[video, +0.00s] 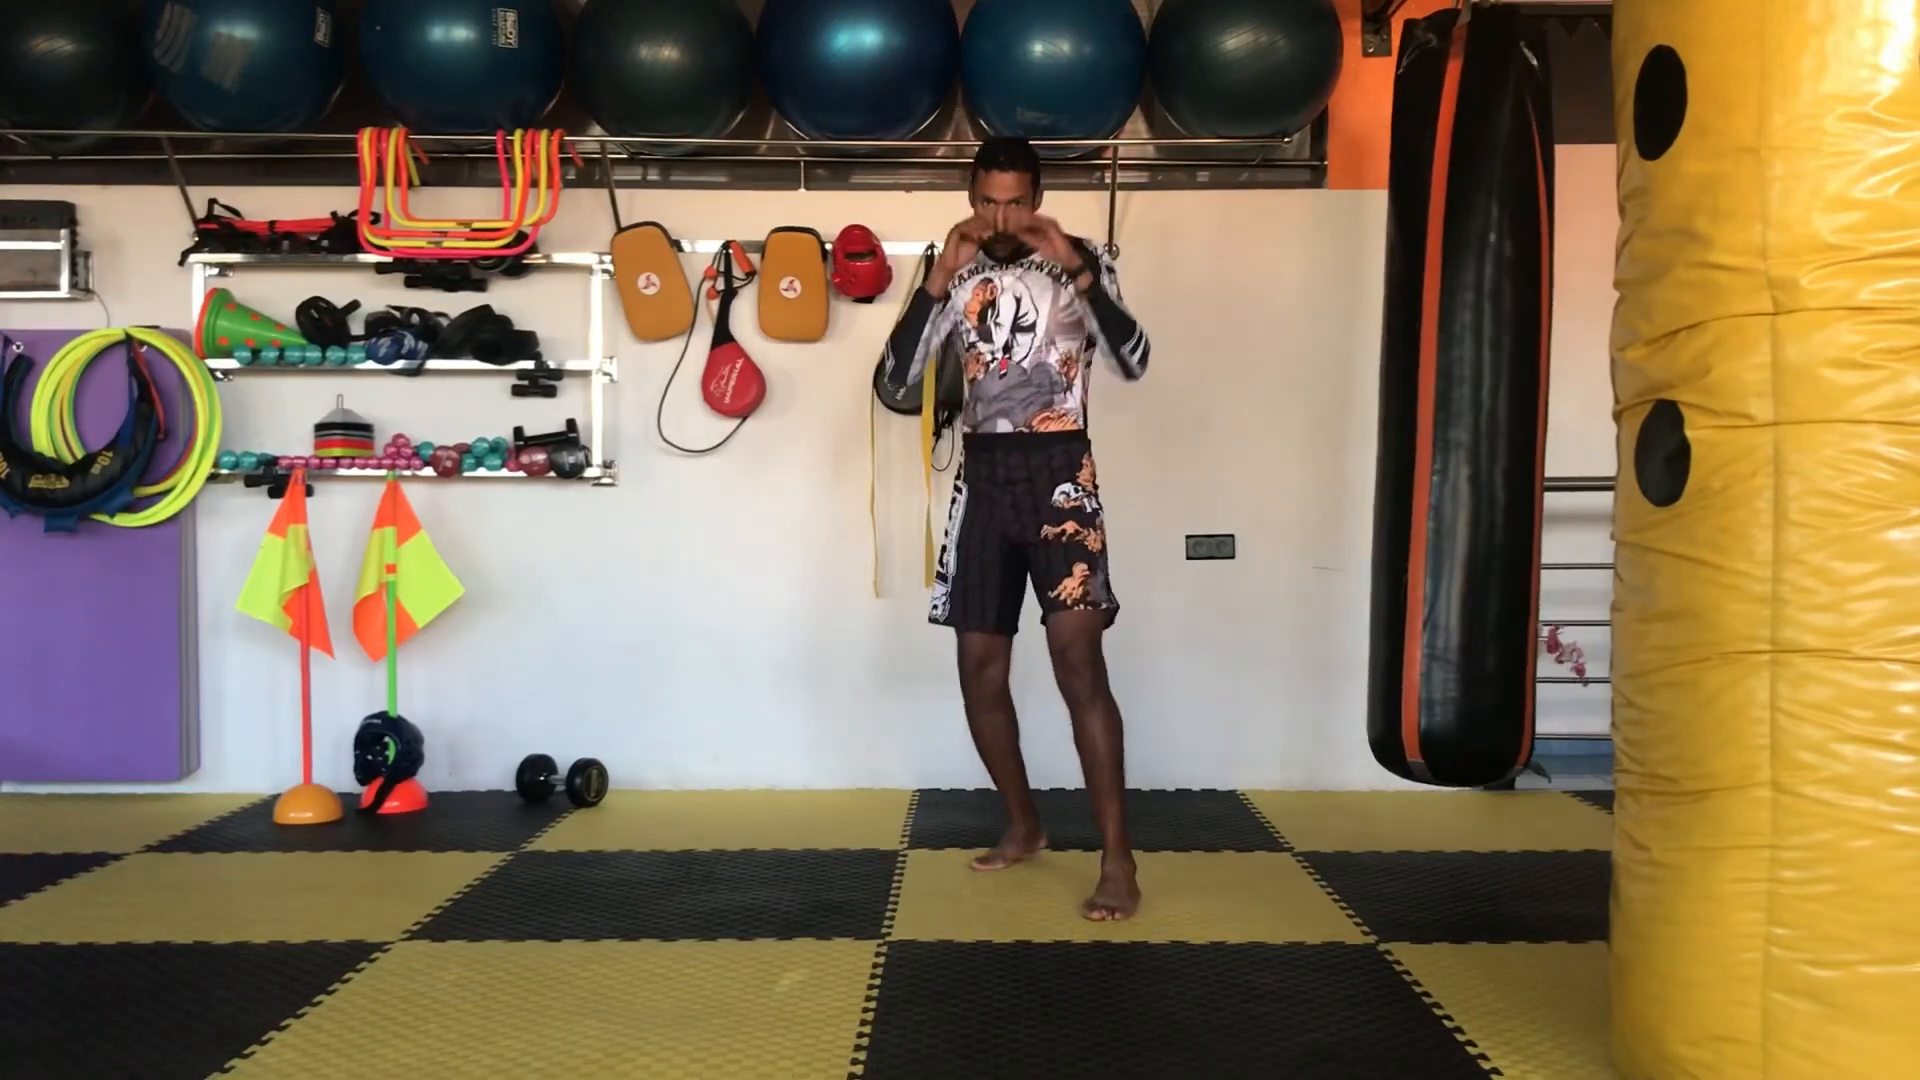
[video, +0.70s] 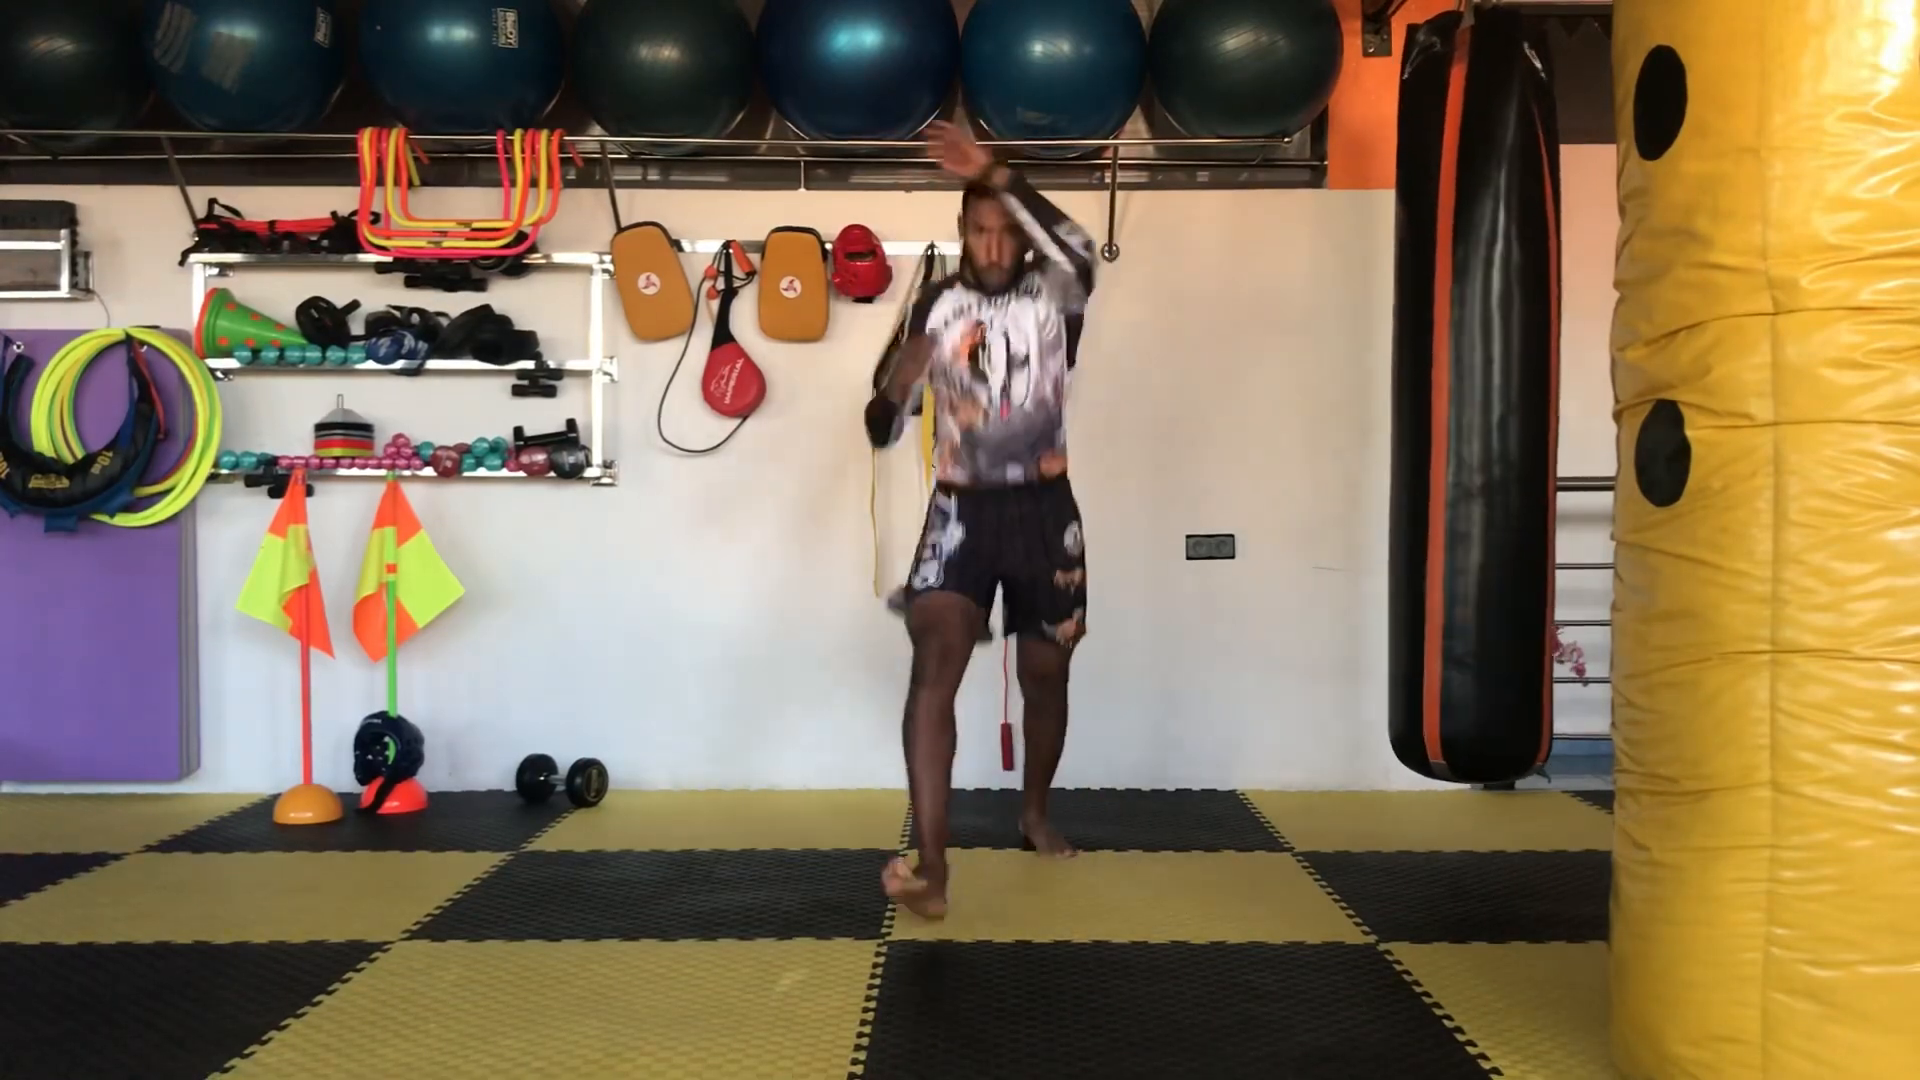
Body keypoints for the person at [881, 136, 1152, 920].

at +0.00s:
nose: (1001, 216)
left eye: (1015, 204)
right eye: (987, 202)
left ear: (1038, 201)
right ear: (971, 201)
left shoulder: (1077, 265)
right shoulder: (952, 277)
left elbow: (1131, 360)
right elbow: (896, 387)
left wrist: (1076, 271)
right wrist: (935, 283)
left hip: (1060, 479)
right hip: (983, 482)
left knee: (1079, 666)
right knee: (981, 671)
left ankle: (1117, 860)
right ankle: (1022, 824)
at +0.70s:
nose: (991, 244)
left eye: (1005, 231)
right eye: (977, 230)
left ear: (1026, 238)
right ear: (960, 239)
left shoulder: (1054, 299)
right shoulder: (936, 306)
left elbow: (1083, 254)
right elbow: (883, 428)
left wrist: (996, 176)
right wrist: (896, 386)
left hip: (1042, 501)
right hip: (959, 504)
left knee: (1046, 672)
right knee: (934, 668)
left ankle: (1038, 817)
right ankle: (929, 864)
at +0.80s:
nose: (975, 259)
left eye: (988, 244)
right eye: (963, 244)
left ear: (1014, 251)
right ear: (946, 251)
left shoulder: (1042, 316)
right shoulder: (920, 323)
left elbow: (1043, 243)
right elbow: (858, 388)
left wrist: (950, 156)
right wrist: (885, 292)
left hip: (1032, 521)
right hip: (947, 524)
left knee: (1043, 692)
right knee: (923, 679)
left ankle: (1040, 802)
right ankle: (938, 901)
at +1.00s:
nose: (979, 188)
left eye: (989, 174)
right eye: (965, 173)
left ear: (1004, 176)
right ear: (937, 171)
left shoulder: (1026, 251)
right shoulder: (885, 234)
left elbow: (1078, 338)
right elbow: (848, 253)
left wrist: (1042, 256)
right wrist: (961, 190)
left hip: (988, 453)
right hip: (895, 460)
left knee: (1074, 640)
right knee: (878, 677)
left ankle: (1028, 701)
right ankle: (934, 905)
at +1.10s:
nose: (965, 194)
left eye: (980, 181)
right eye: (950, 179)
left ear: (999, 179)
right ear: (928, 171)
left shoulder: (1023, 261)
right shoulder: (889, 227)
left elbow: (1055, 386)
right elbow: (888, 233)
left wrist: (1084, 393)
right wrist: (996, 216)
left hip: (988, 412)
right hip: (892, 421)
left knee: (1058, 483)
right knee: (871, 674)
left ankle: (1037, 617)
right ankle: (939, 897)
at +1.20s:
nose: (975, 197)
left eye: (991, 186)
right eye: (961, 183)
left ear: (1008, 188)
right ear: (939, 176)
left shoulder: (1028, 260)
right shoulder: (893, 220)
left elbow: (1032, 374)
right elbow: (894, 225)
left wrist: (1081, 479)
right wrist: (1002, 227)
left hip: (962, 406)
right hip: (877, 424)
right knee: (871, 666)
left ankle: (1064, 526)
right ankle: (935, 888)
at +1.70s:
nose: (963, 157)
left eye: (980, 143)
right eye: (952, 142)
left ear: (1011, 153)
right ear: (935, 150)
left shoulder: (1037, 249)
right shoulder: (907, 233)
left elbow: (1049, 392)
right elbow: (820, 290)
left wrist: (1015, 355)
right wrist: (895, 245)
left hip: (965, 404)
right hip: (881, 429)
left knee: (935, 450)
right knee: (900, 678)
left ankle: (1027, 652)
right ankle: (957, 906)